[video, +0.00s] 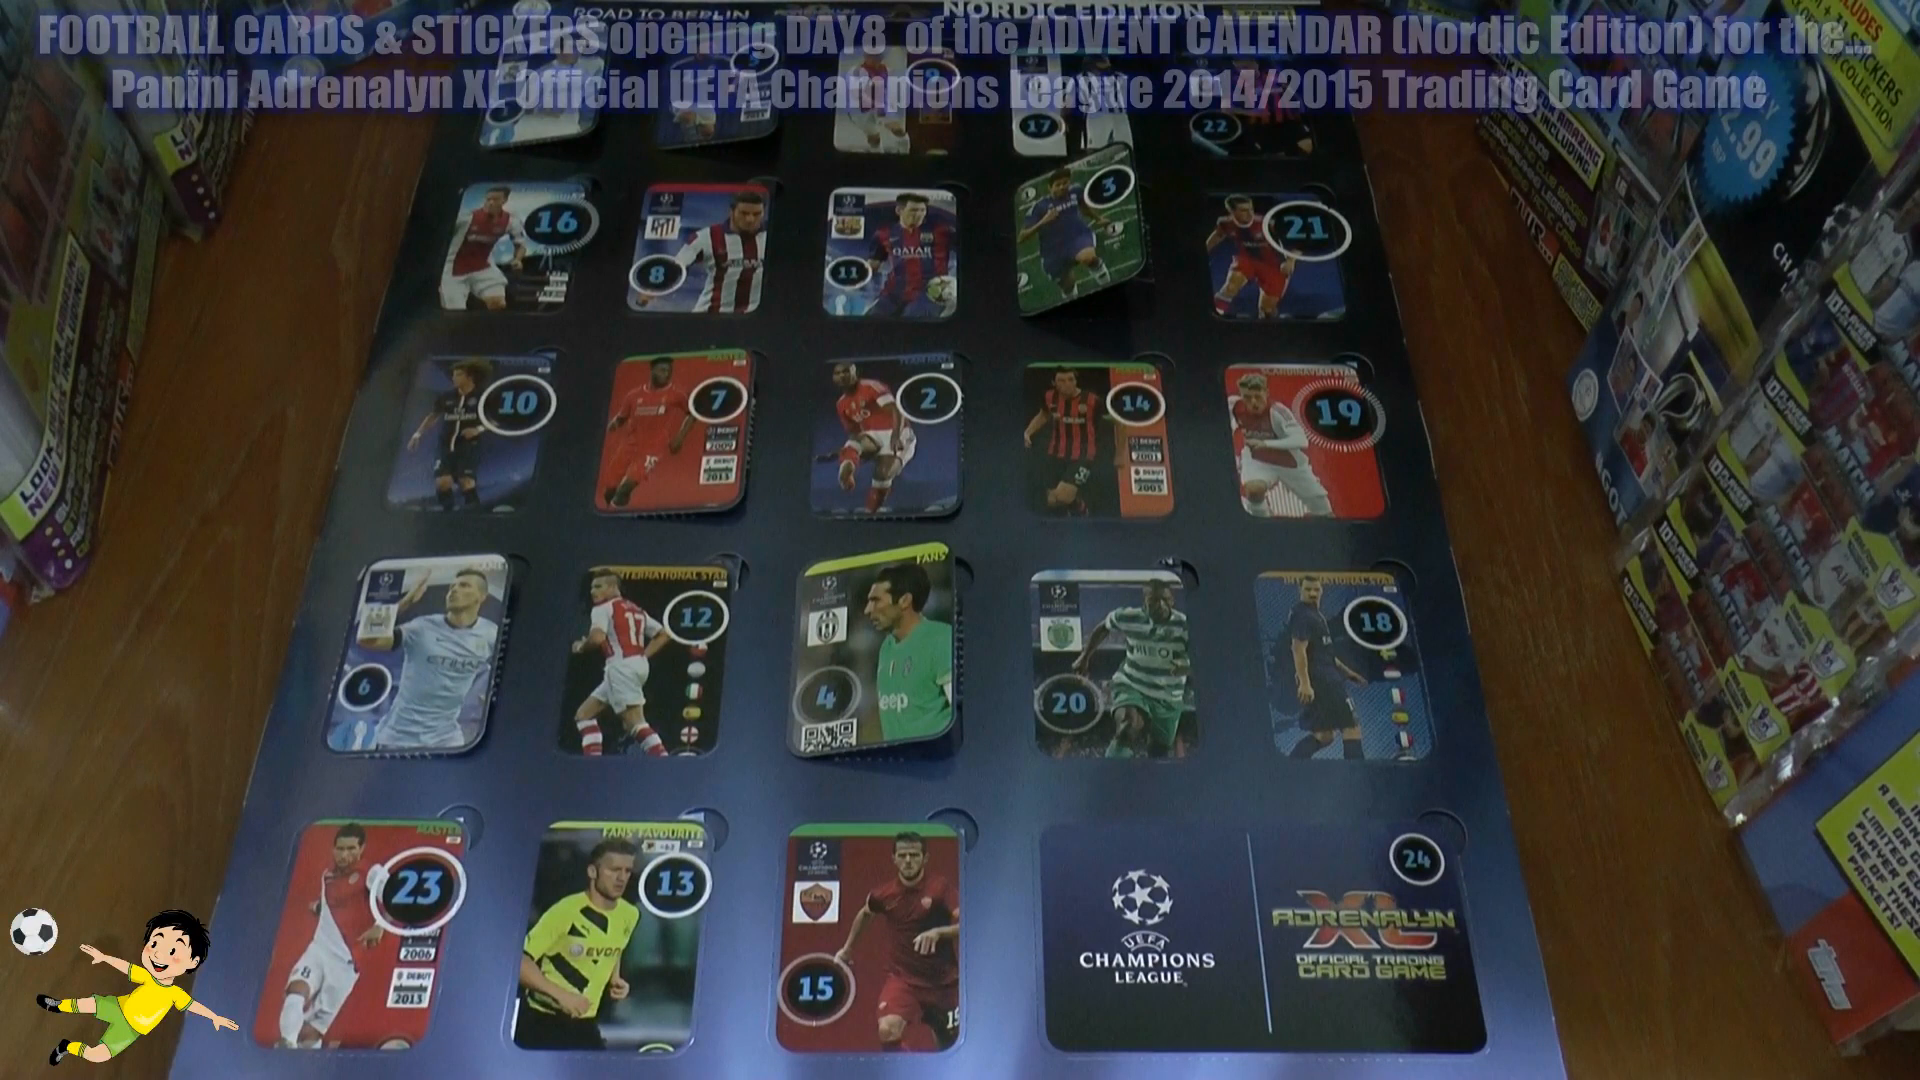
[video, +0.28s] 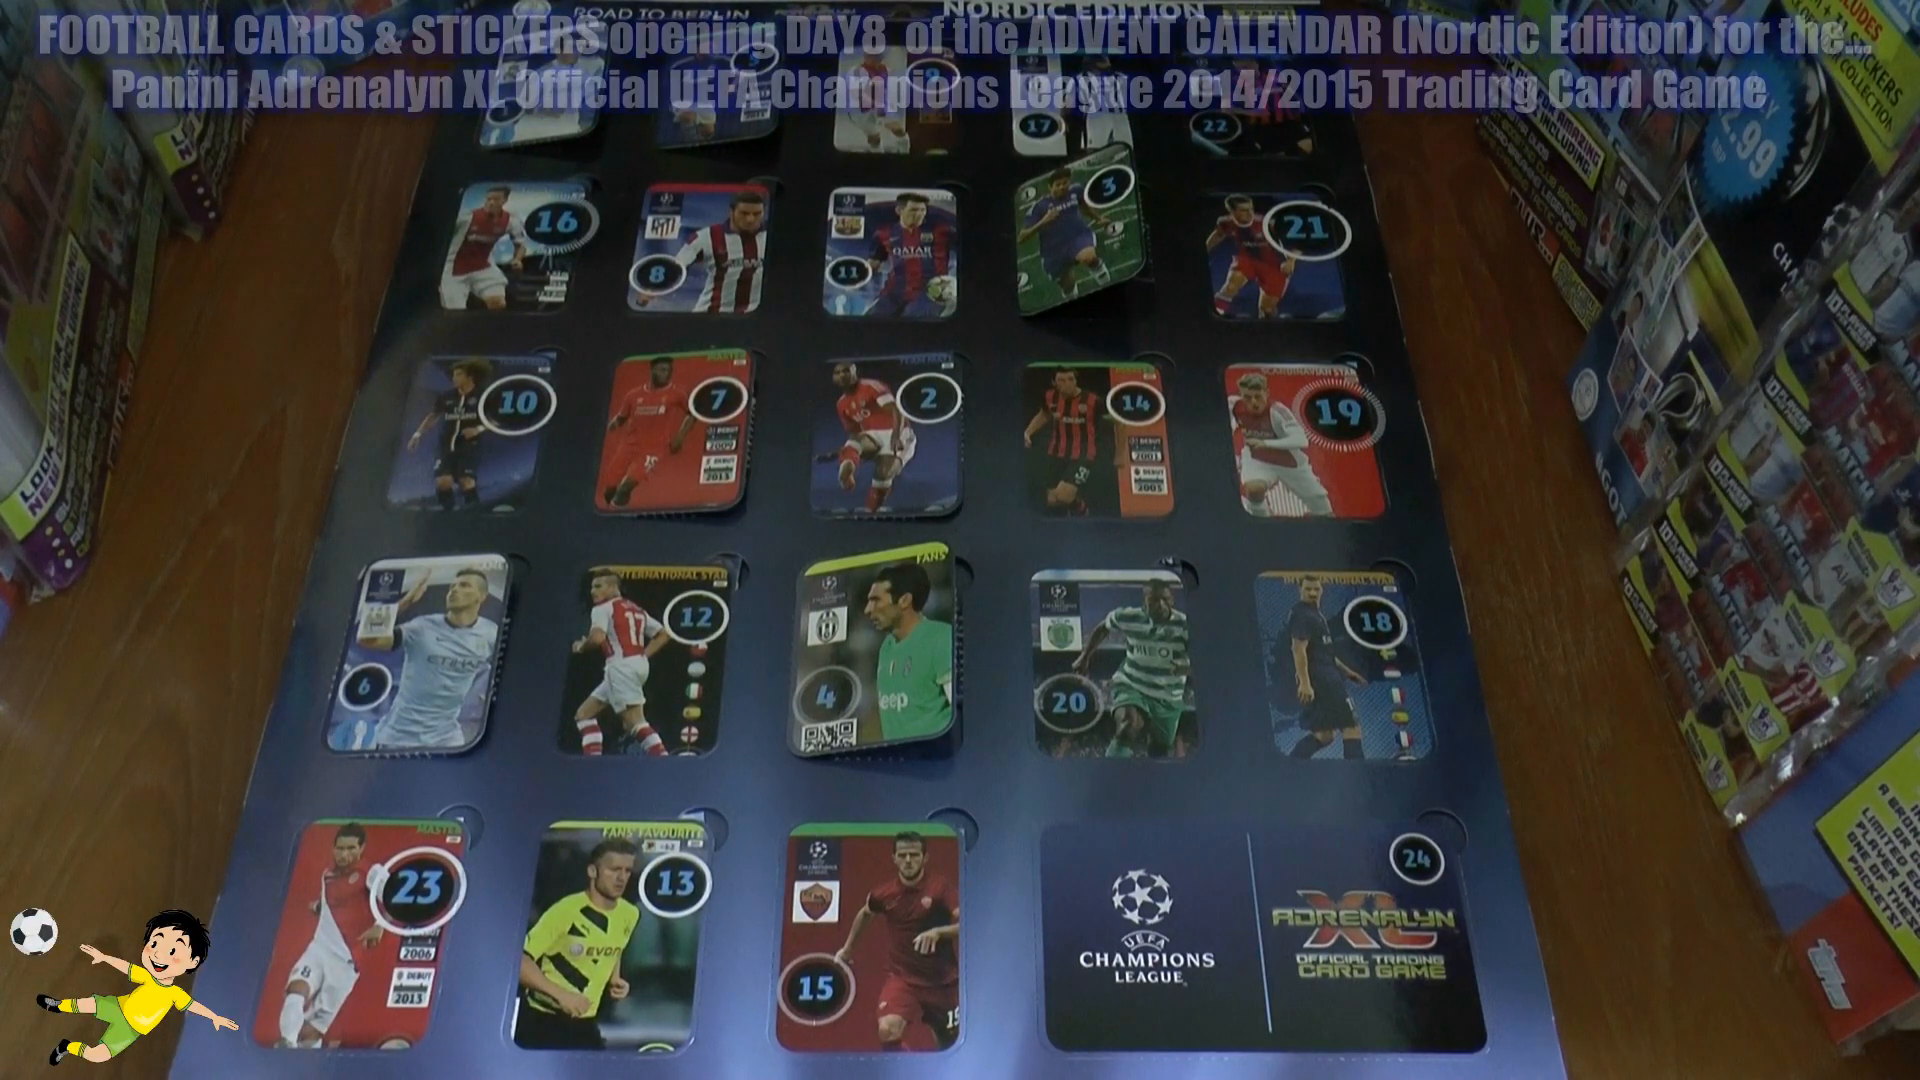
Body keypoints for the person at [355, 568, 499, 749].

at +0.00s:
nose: (454, 589)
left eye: (464, 585)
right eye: (452, 586)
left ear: (482, 597)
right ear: (447, 594)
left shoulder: (491, 636)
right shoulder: (421, 627)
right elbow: (367, 640)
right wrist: (404, 603)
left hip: (446, 737)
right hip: (397, 735)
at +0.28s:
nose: (454, 590)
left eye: (464, 585)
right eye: (452, 586)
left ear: (482, 597)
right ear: (448, 593)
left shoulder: (491, 636)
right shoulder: (421, 627)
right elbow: (367, 639)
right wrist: (404, 603)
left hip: (446, 737)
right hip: (397, 734)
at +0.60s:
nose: (454, 589)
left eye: (464, 585)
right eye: (452, 585)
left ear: (482, 596)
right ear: (447, 593)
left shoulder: (491, 636)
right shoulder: (422, 627)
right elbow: (367, 639)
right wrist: (405, 602)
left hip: (446, 737)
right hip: (397, 734)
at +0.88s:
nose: (454, 589)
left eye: (464, 585)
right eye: (452, 585)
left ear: (482, 596)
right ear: (448, 593)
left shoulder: (491, 636)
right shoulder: (421, 627)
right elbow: (367, 639)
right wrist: (404, 603)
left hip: (446, 737)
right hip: (398, 734)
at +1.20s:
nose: (454, 590)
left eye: (464, 586)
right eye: (452, 586)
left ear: (482, 597)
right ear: (448, 594)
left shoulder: (491, 637)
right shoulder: (421, 628)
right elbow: (367, 640)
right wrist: (403, 605)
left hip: (446, 738)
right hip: (397, 735)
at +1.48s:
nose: (454, 591)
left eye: (464, 587)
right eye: (452, 587)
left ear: (482, 598)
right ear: (447, 594)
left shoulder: (491, 638)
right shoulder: (421, 629)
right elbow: (367, 641)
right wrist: (403, 605)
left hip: (445, 739)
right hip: (397, 736)